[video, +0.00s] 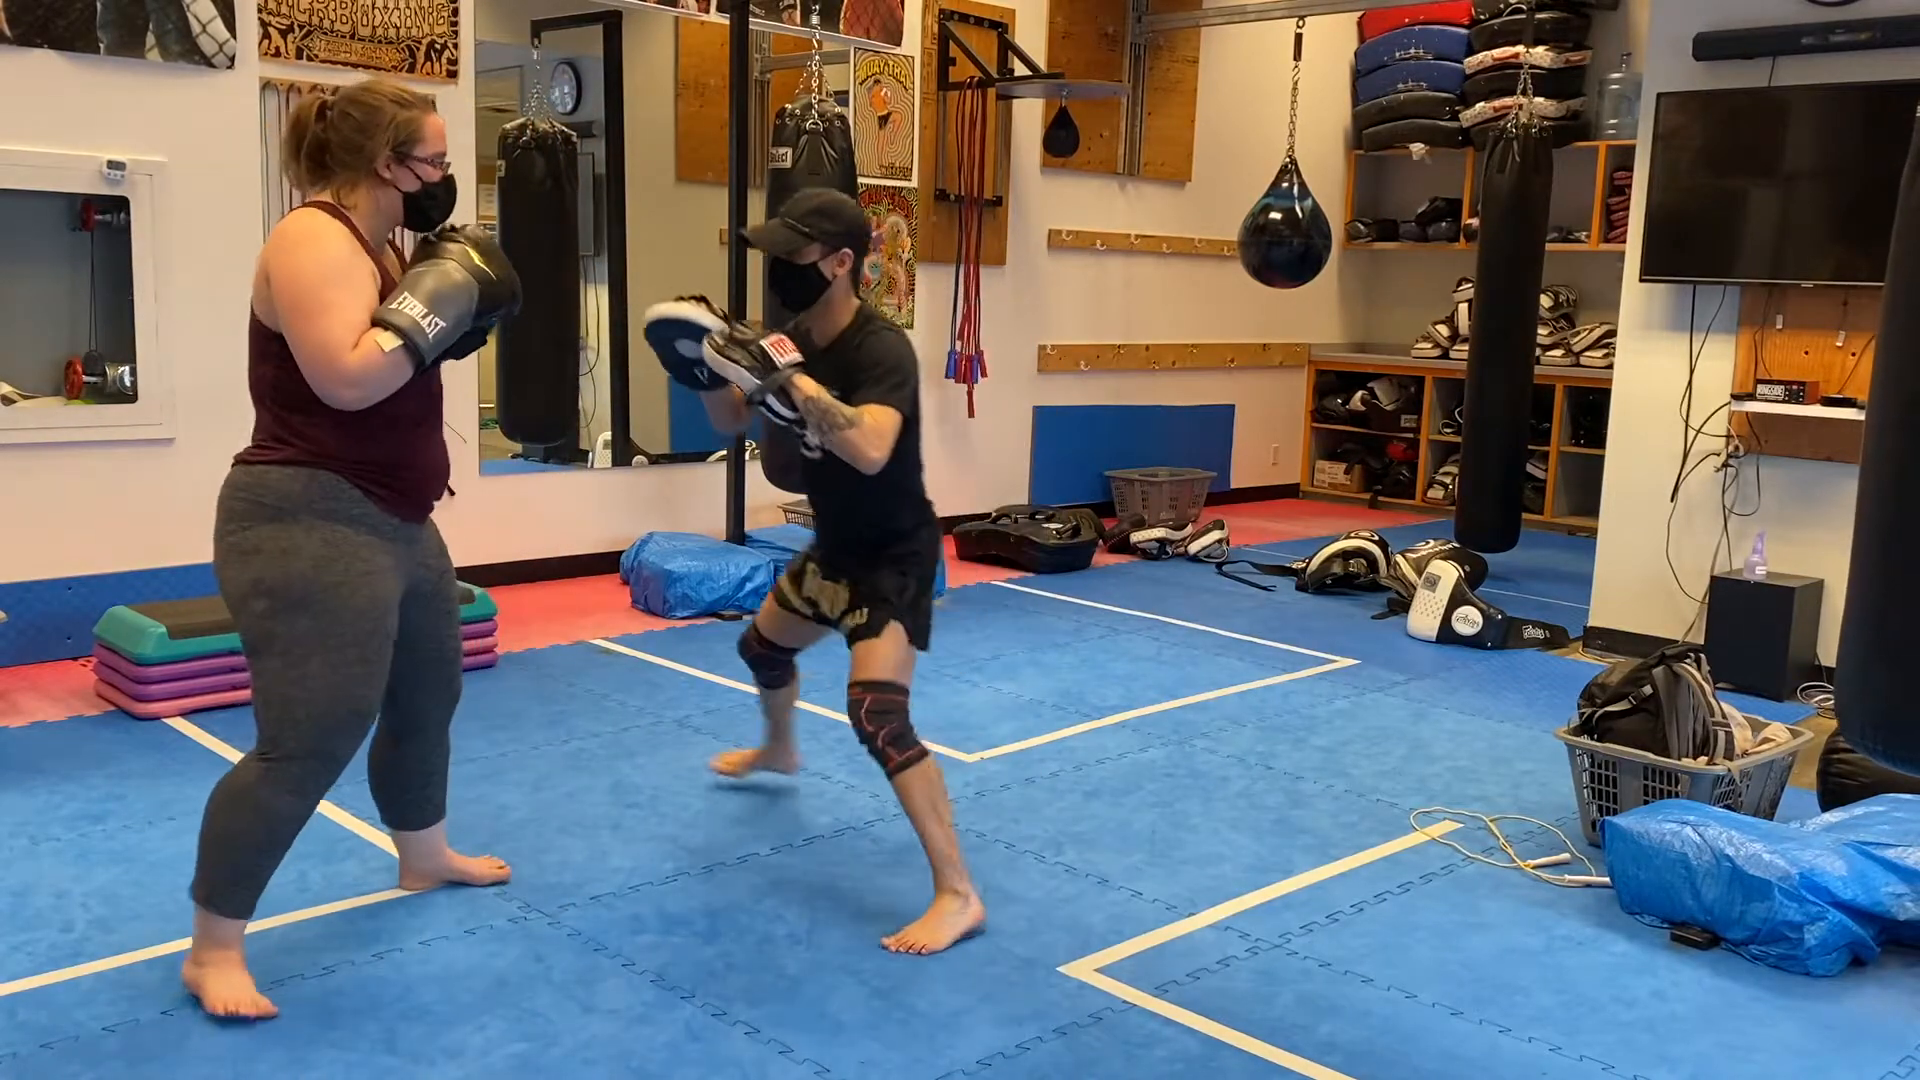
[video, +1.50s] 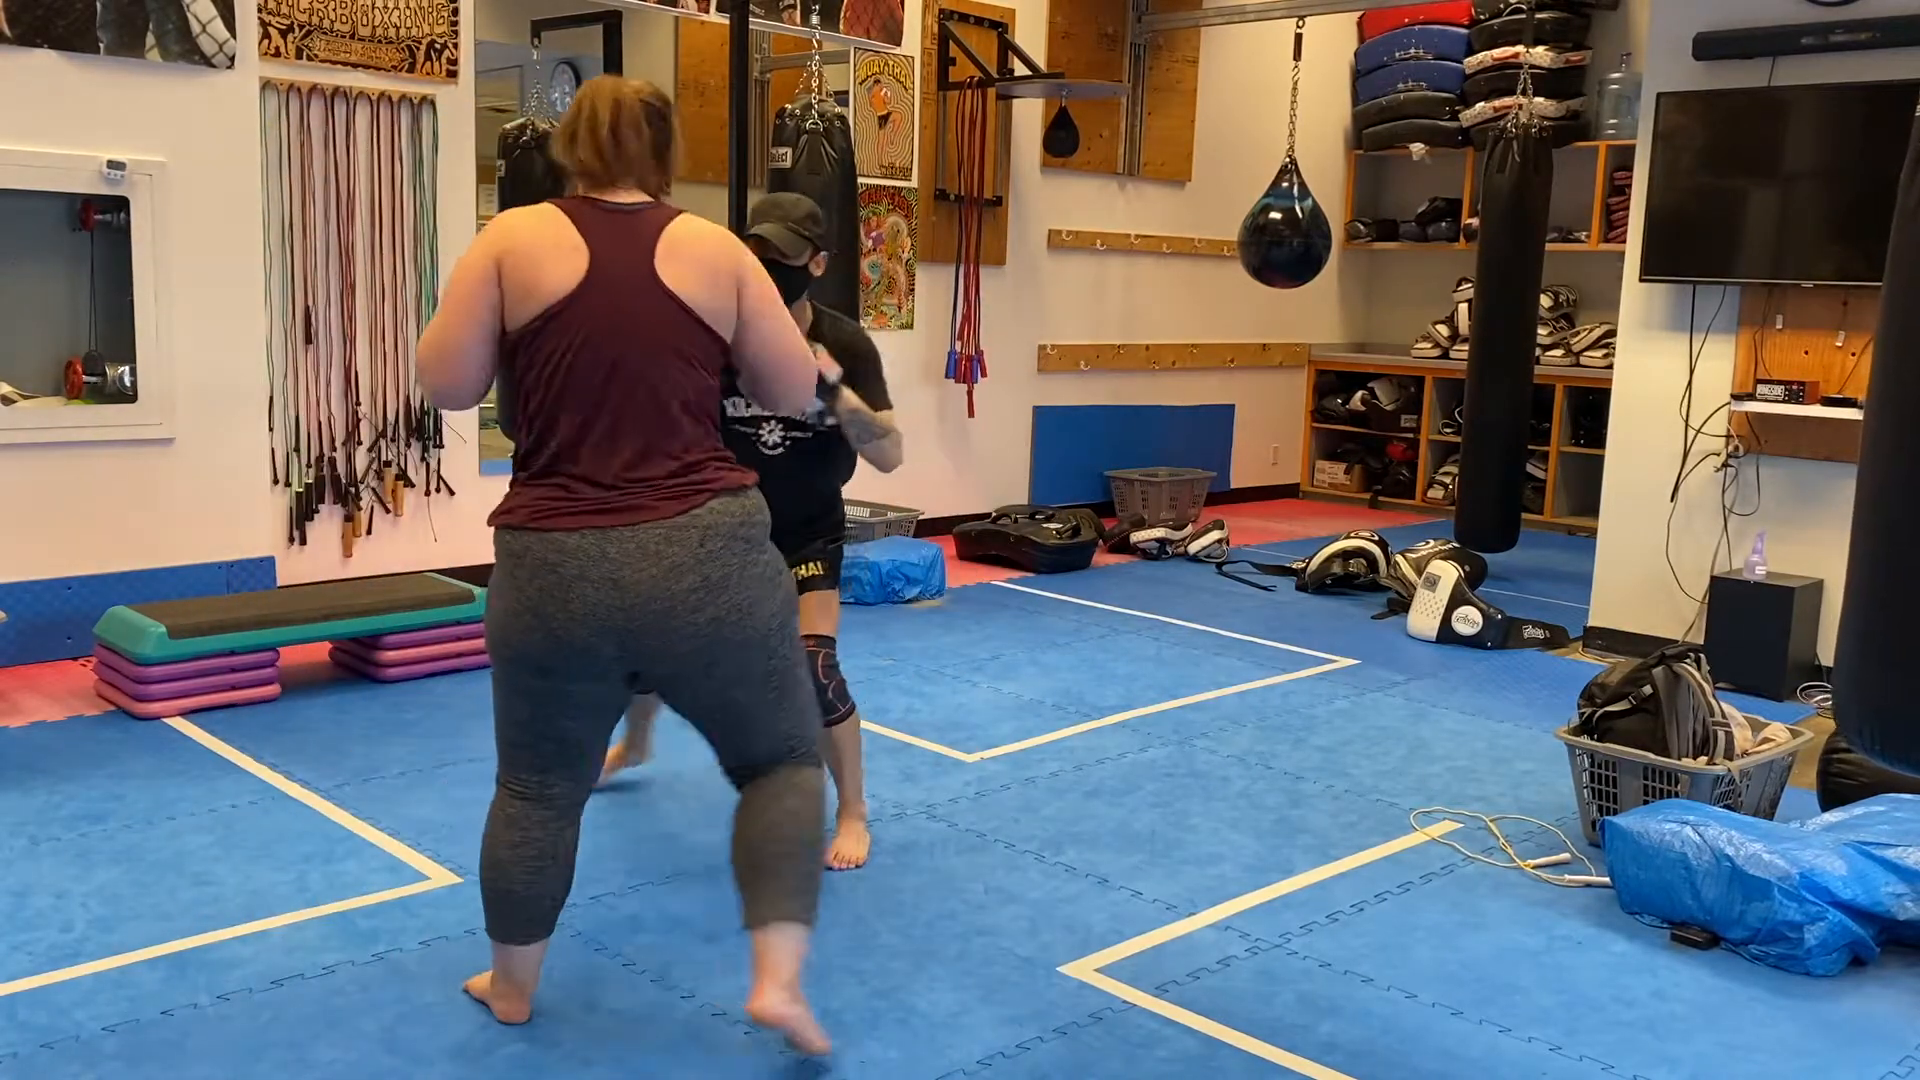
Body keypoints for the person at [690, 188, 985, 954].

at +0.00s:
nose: (775, 270)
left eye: (790, 257)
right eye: (776, 256)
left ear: (842, 262)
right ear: (821, 263)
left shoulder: (884, 349)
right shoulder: (792, 338)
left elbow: (871, 449)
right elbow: (729, 421)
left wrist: (799, 386)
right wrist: (713, 363)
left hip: (896, 548)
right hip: (834, 542)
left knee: (878, 713)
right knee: (766, 647)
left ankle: (958, 893)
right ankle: (780, 751)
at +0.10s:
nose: (757, 260)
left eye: (771, 249)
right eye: (756, 247)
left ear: (817, 254)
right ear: (791, 252)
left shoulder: (854, 337)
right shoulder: (764, 325)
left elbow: (849, 433)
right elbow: (691, 399)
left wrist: (774, 376)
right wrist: (699, 349)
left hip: (862, 526)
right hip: (796, 520)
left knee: (857, 676)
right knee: (733, 645)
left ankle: (917, 863)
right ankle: (735, 744)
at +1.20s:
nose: (768, 261)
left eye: (783, 249)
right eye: (759, 246)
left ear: (816, 254)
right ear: (746, 248)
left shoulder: (848, 329)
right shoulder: (730, 322)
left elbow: (925, 429)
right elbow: (688, 398)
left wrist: (884, 392)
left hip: (830, 519)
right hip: (747, 519)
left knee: (828, 660)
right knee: (724, 663)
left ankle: (852, 817)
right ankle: (706, 812)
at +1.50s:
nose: (761, 271)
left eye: (777, 261)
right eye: (754, 257)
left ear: (811, 264)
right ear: (740, 253)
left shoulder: (840, 339)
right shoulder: (720, 317)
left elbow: (889, 454)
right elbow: (675, 395)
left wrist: (843, 399)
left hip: (805, 518)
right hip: (718, 511)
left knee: (815, 666)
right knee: (656, 624)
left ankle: (851, 812)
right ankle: (635, 741)